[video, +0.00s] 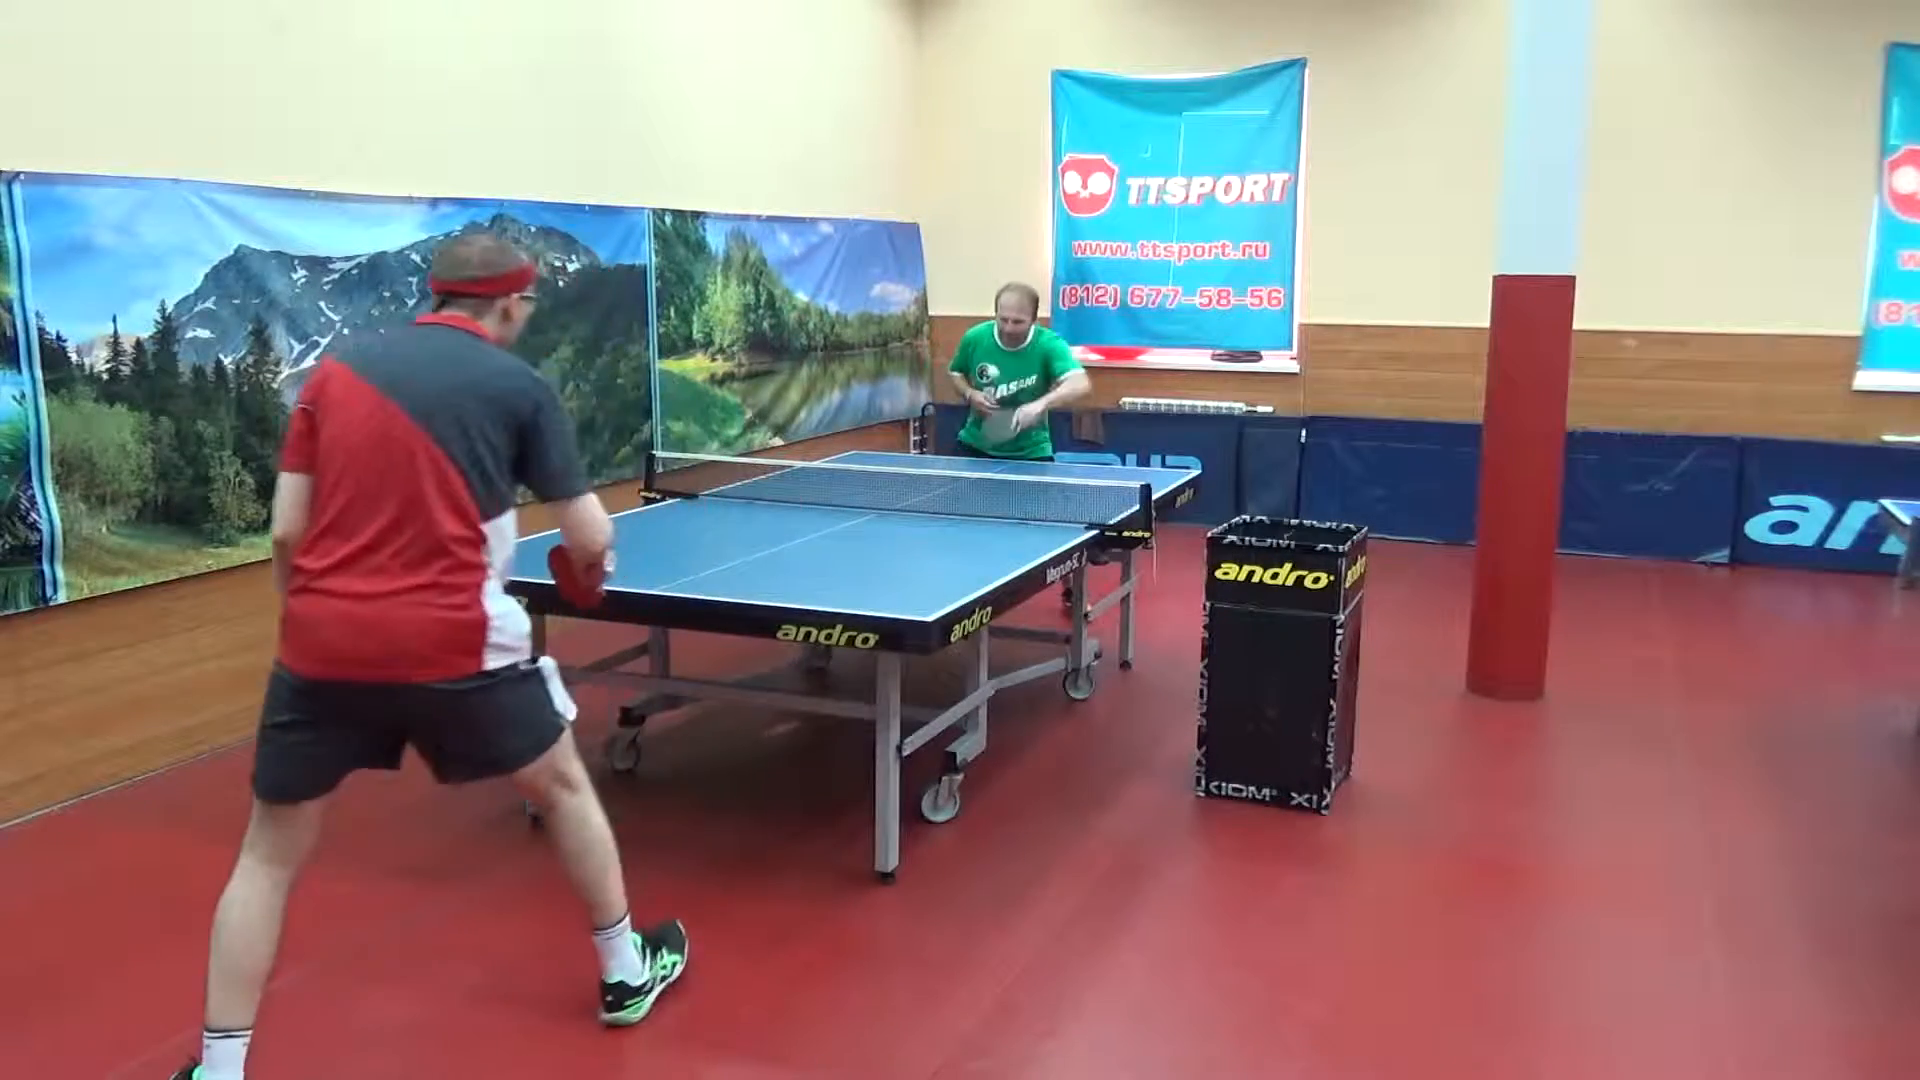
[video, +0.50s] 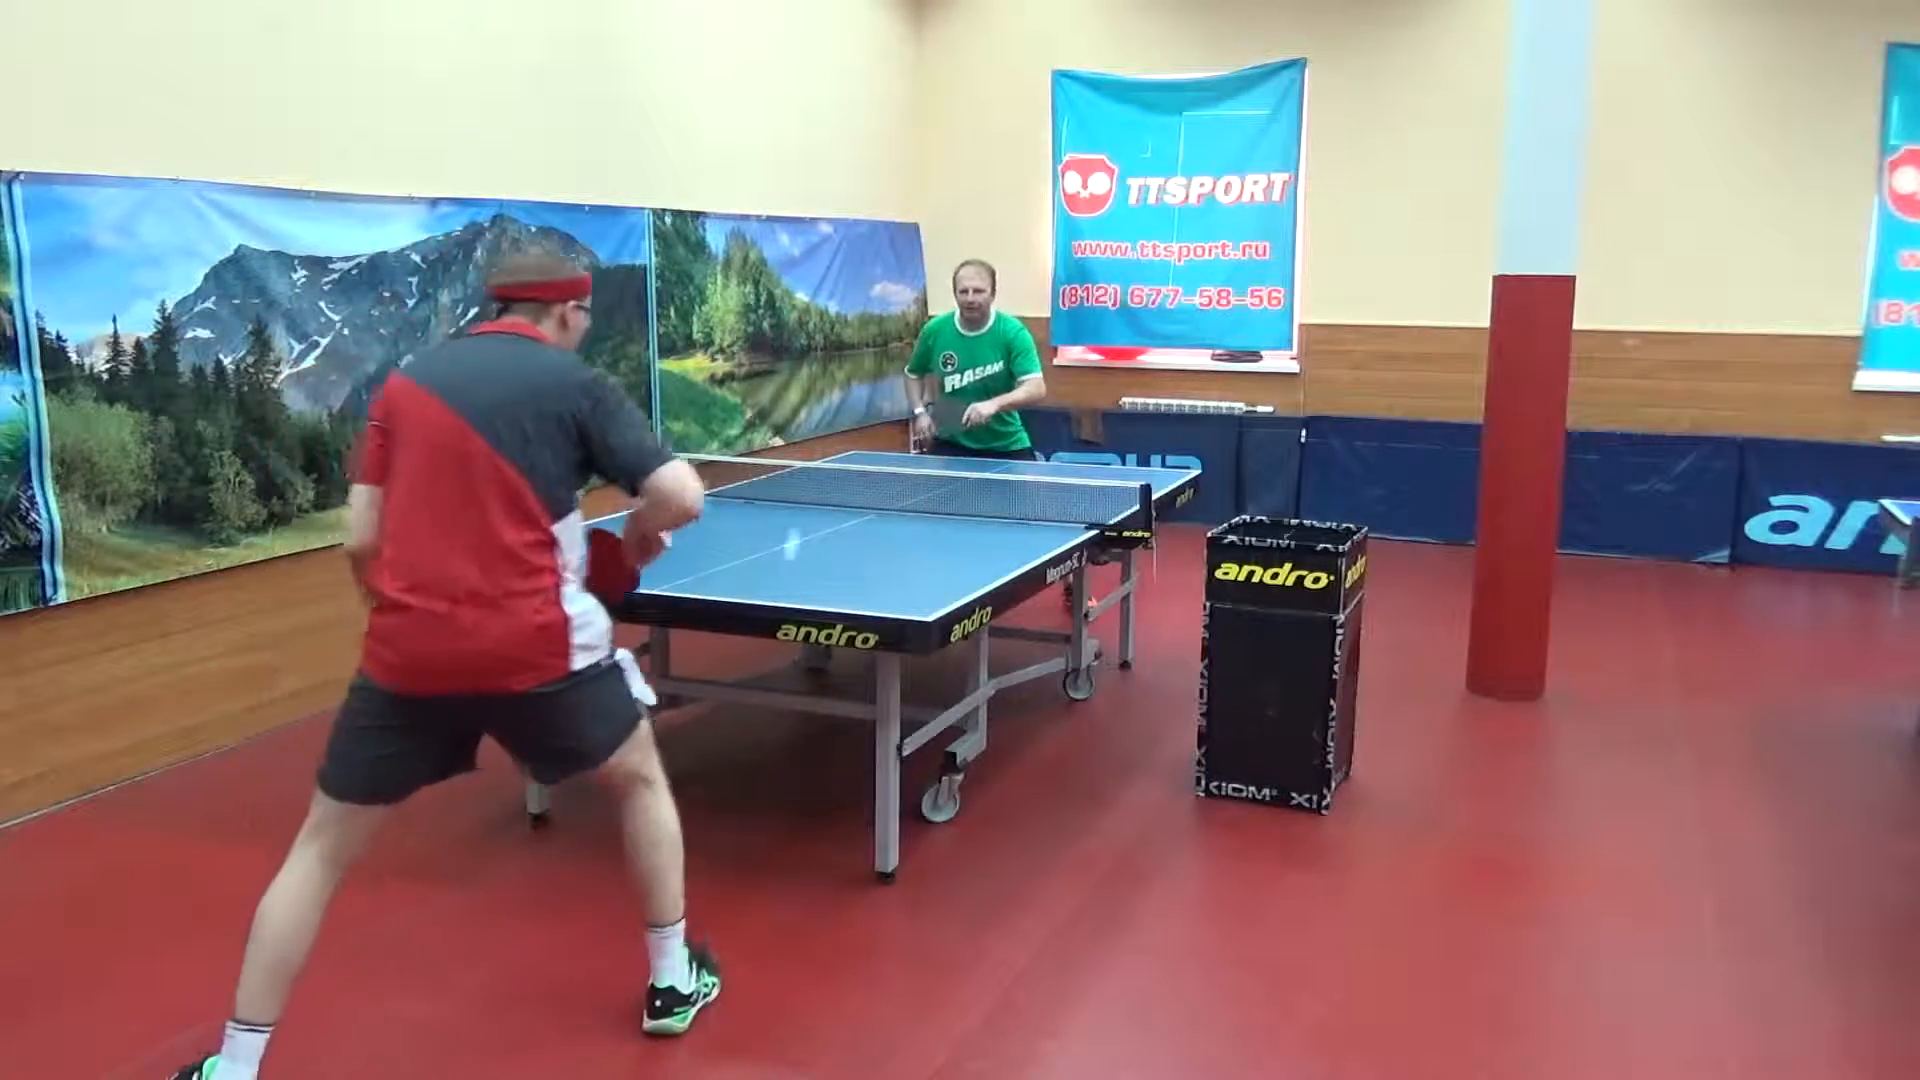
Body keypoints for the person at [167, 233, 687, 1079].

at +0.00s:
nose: (528, 315)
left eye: (527, 302)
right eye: (527, 303)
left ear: (438, 296)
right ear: (508, 304)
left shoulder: (337, 364)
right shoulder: (518, 387)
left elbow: (288, 530)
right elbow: (588, 534)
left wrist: (317, 610)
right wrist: (584, 567)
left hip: (322, 650)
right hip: (462, 649)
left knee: (267, 856)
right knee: (563, 788)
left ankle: (218, 1067)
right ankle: (624, 967)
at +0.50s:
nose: (586, 331)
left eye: (585, 317)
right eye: (583, 318)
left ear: (493, 306)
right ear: (560, 313)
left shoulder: (405, 379)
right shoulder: (572, 382)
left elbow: (362, 537)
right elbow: (679, 493)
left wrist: (395, 613)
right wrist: (648, 528)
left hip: (408, 655)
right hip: (543, 651)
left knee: (320, 850)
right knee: (638, 783)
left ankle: (236, 1062)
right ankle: (671, 976)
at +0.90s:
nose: (637, 307)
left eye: (560, 286)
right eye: (637, 295)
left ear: (553, 287)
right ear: (633, 296)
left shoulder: (497, 368)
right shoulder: (663, 378)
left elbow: (454, 532)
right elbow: (673, 476)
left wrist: (414, 620)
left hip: (486, 645)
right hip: (617, 649)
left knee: (378, 826)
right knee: (658, 781)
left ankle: (306, 1051)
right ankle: (673, 975)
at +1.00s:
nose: (642, 318)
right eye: (643, 307)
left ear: (557, 296)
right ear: (637, 309)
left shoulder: (490, 370)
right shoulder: (661, 396)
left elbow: (432, 524)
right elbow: (644, 508)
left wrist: (378, 623)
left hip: (468, 647)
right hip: (601, 654)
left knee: (354, 832)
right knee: (650, 784)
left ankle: (273, 1062)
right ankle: (672, 976)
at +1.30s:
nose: (520, 332)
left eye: (518, 319)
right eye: (518, 321)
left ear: (424, 312)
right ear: (502, 320)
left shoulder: (324, 391)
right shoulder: (518, 413)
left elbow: (273, 560)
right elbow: (564, 585)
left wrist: (283, 666)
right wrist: (531, 633)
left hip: (323, 684)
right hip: (466, 679)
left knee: (252, 888)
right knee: (584, 812)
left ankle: (195, 1072)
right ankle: (664, 982)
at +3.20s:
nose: (324, 242)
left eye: (316, 225)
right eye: (318, 226)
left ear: (216, 243)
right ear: (301, 231)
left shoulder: (143, 356)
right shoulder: (336, 346)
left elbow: (126, 539)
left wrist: (136, 676)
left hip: (201, 683)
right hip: (348, 672)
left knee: (176, 913)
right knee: (404, 866)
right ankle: (396, 1070)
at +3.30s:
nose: (352, 240)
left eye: (340, 227)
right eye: (347, 227)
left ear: (251, 244)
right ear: (335, 231)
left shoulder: (174, 344)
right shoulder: (368, 342)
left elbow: (149, 526)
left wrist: (146, 663)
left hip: (227, 670)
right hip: (372, 662)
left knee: (209, 876)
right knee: (408, 861)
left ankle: (169, 1073)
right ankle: (399, 1070)